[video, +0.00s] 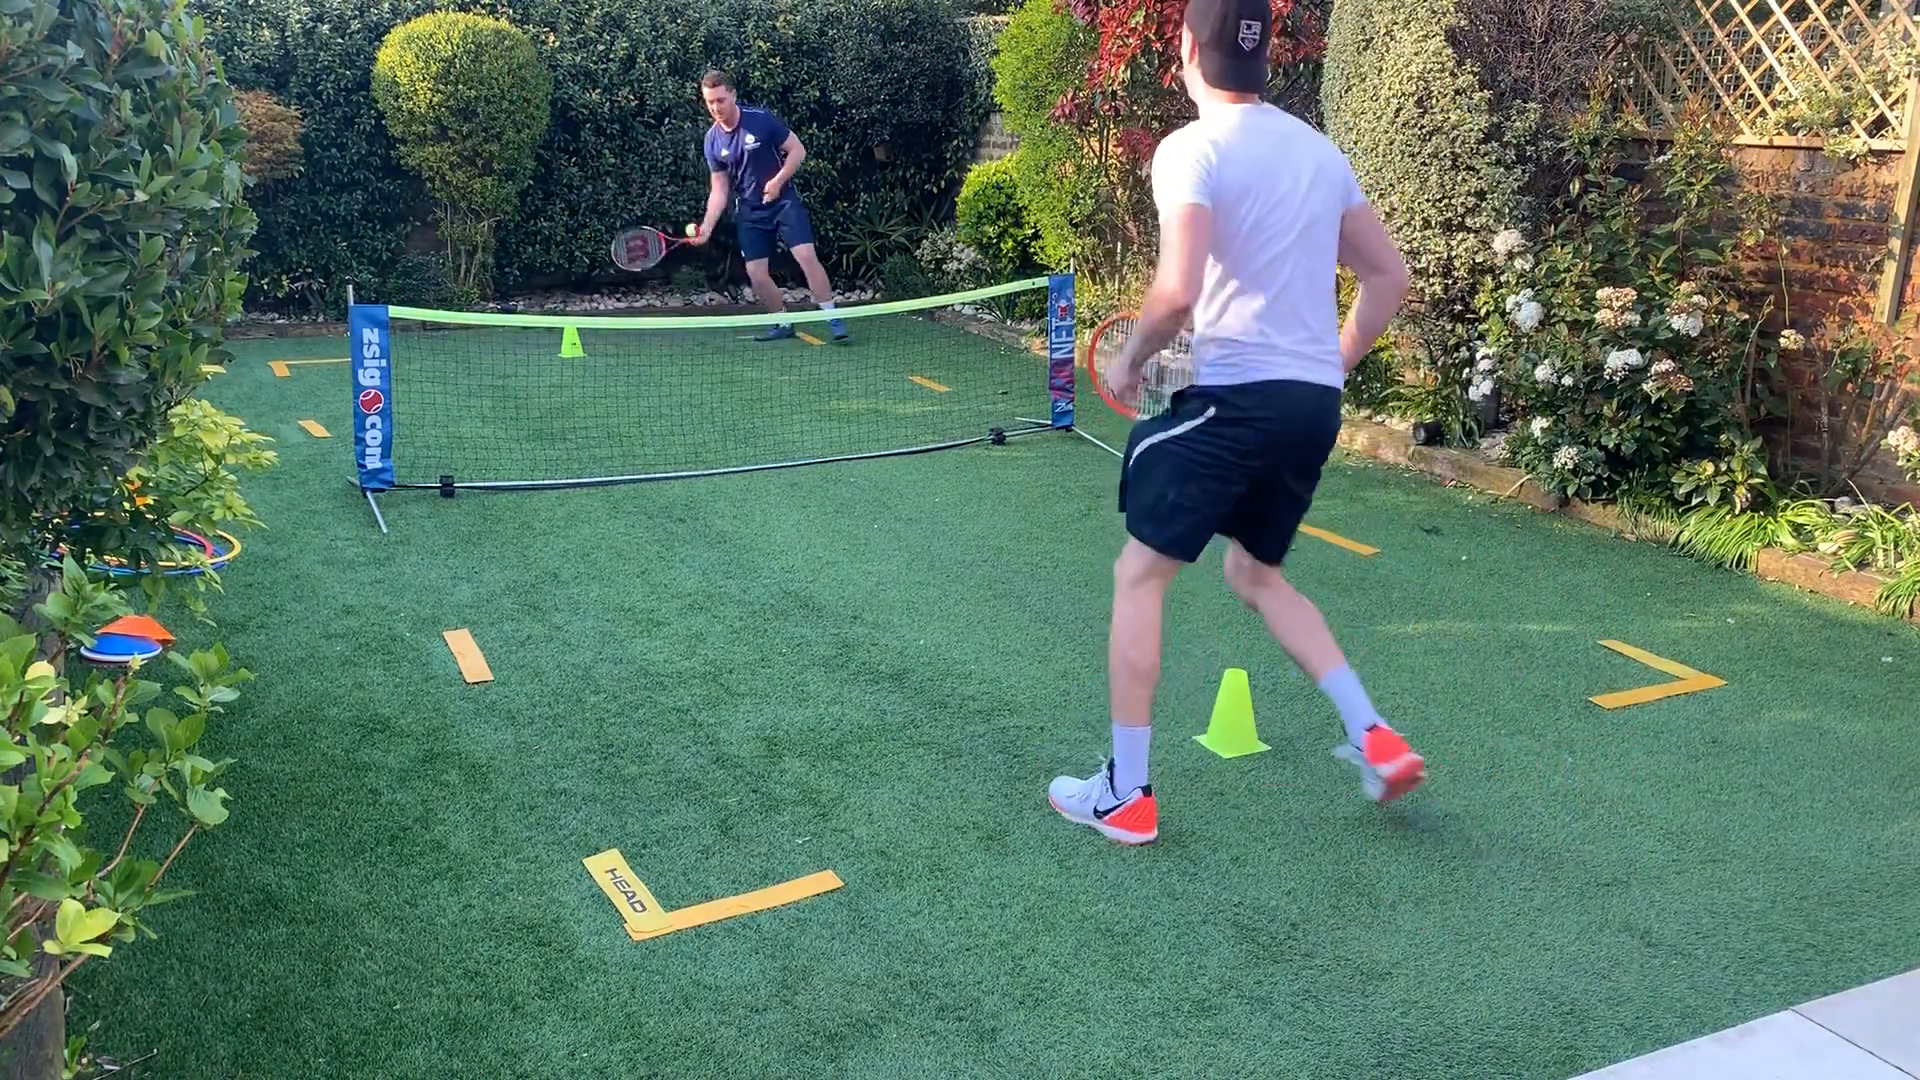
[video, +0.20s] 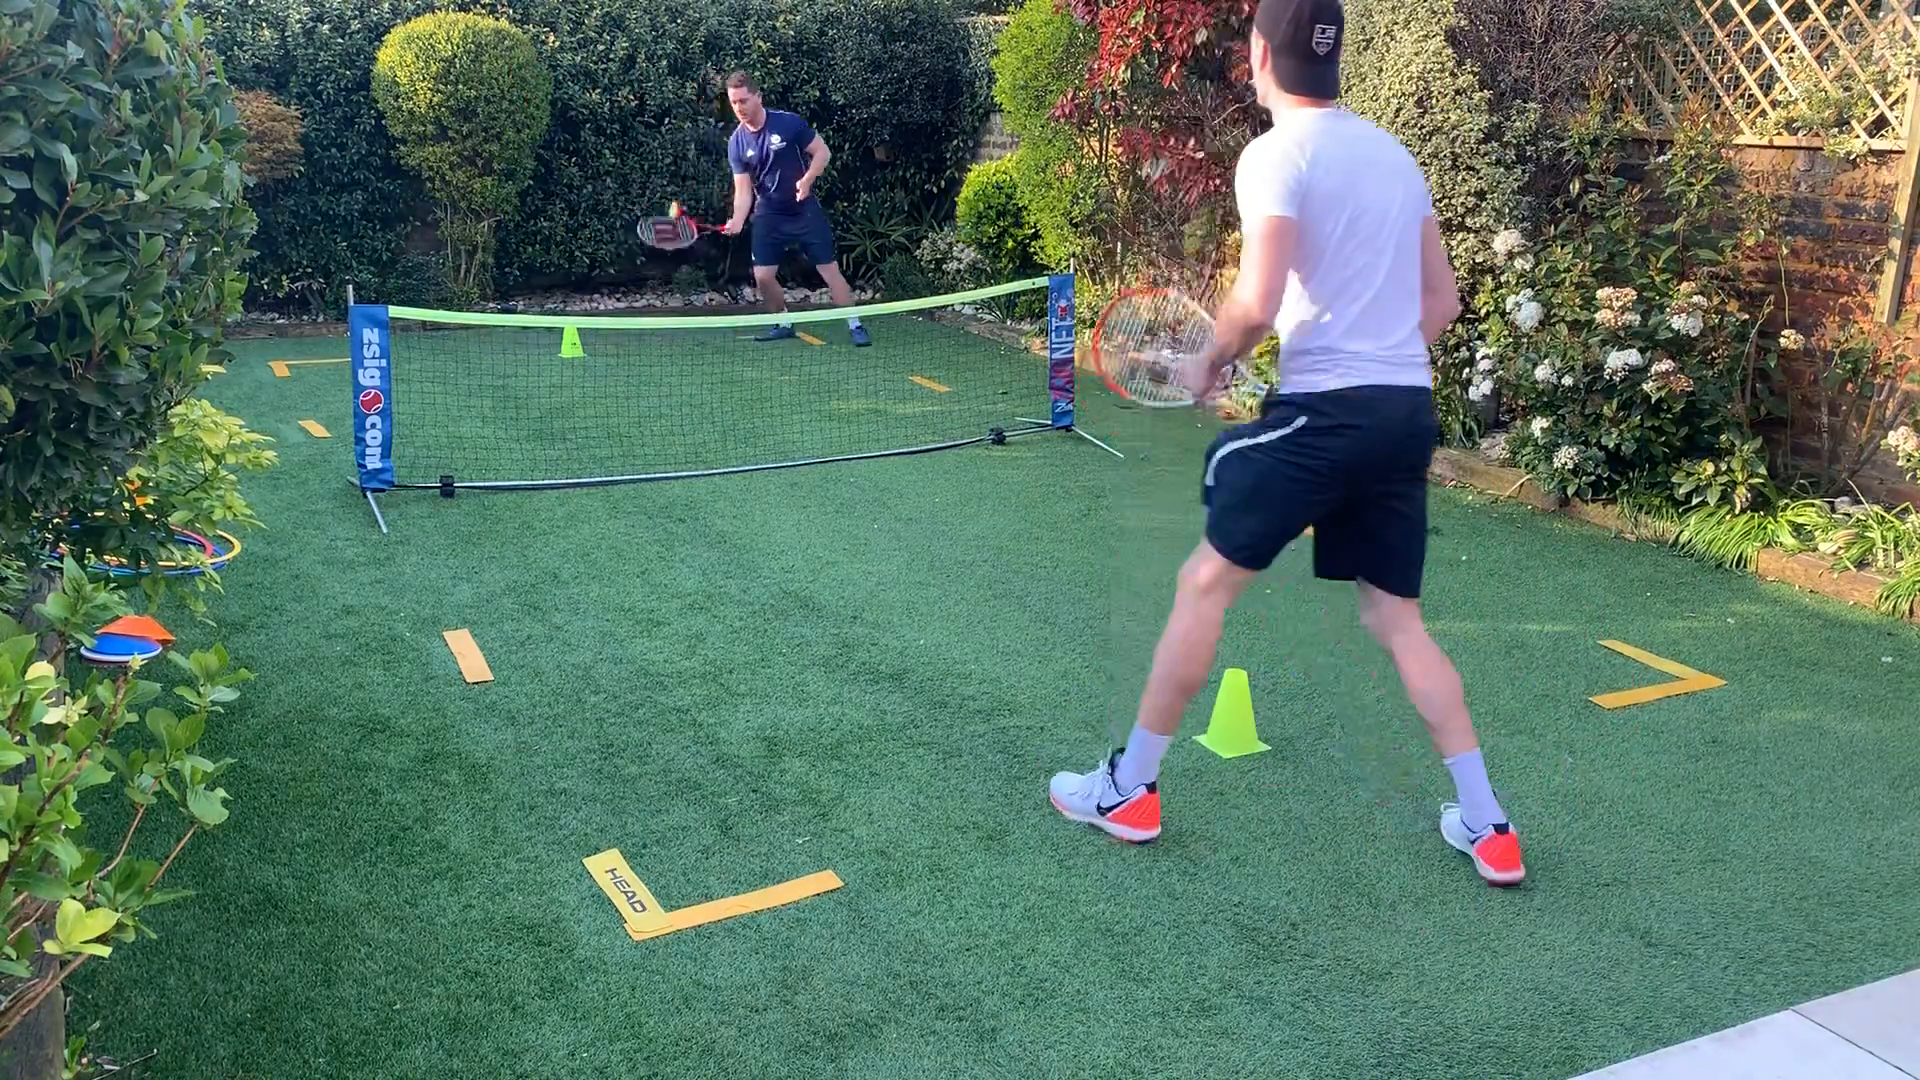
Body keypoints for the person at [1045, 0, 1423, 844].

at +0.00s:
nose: (1178, 55)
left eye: (1181, 43)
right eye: (1185, 41)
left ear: (1189, 52)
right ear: (1263, 53)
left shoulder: (1192, 149)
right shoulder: (1320, 151)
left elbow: (1178, 292)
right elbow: (1388, 274)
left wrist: (1130, 355)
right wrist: (1334, 363)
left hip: (1227, 397)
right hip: (1316, 404)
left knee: (1140, 575)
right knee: (1253, 571)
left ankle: (1124, 789)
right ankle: (1372, 735)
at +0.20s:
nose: (1245, 60)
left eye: (1247, 46)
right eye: (1251, 44)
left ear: (1260, 58)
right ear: (1332, 57)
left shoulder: (1274, 154)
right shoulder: (1394, 153)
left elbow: (1255, 305)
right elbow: (1443, 300)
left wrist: (1205, 364)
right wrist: (1371, 358)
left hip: (1320, 410)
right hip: (1408, 411)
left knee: (1207, 583)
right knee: (1397, 615)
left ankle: (1130, 783)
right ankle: (1484, 818)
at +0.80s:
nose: (1411, 85)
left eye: (1415, 72)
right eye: (1417, 70)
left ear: (1430, 85)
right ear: (1496, 86)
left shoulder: (1415, 185)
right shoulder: (1560, 170)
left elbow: (1383, 360)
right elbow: (1614, 322)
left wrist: (1406, 396)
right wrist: (1549, 371)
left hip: (1497, 432)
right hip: (1596, 425)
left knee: (1403, 619)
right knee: (1602, 625)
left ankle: (1453, 824)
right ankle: (1657, 828)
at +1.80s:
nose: (1309, 73)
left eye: (1311, 60)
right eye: (1310, 60)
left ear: (1329, 59)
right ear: (1378, 61)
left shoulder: (1362, 113)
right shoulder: (1392, 122)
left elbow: (1382, 223)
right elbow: (1362, 296)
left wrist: (1340, 335)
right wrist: (1268, 365)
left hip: (1436, 343)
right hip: (1423, 343)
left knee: (1406, 542)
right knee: (1373, 506)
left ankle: (1485, 745)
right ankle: (1384, 677)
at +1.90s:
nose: (1310, 43)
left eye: (1312, 28)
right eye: (1311, 29)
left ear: (1333, 30)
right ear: (1377, 32)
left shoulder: (1362, 100)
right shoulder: (1397, 105)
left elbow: (1367, 217)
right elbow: (1359, 260)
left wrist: (1321, 328)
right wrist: (1255, 298)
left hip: (1418, 331)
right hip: (1413, 331)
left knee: (1396, 527)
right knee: (1372, 502)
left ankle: (1479, 721)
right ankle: (1383, 680)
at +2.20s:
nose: (1268, 74)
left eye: (1272, 59)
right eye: (1268, 60)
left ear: (1302, 55)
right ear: (1329, 53)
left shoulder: (1316, 139)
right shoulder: (1372, 128)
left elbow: (1311, 278)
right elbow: (1372, 254)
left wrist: (1255, 368)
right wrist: (1289, 305)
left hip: (1363, 360)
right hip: (1388, 346)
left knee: (1366, 554)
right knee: (1294, 465)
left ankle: (1472, 717)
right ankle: (1319, 613)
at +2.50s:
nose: (1177, 139)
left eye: (1175, 122)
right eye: (1170, 126)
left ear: (1205, 100)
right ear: (1213, 102)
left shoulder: (1255, 171)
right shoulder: (1286, 161)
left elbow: (1298, 288)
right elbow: (1346, 272)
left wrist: (1248, 392)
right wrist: (1344, 353)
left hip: (1285, 386)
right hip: (1314, 378)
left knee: (1138, 489)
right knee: (1241, 492)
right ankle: (1312, 620)